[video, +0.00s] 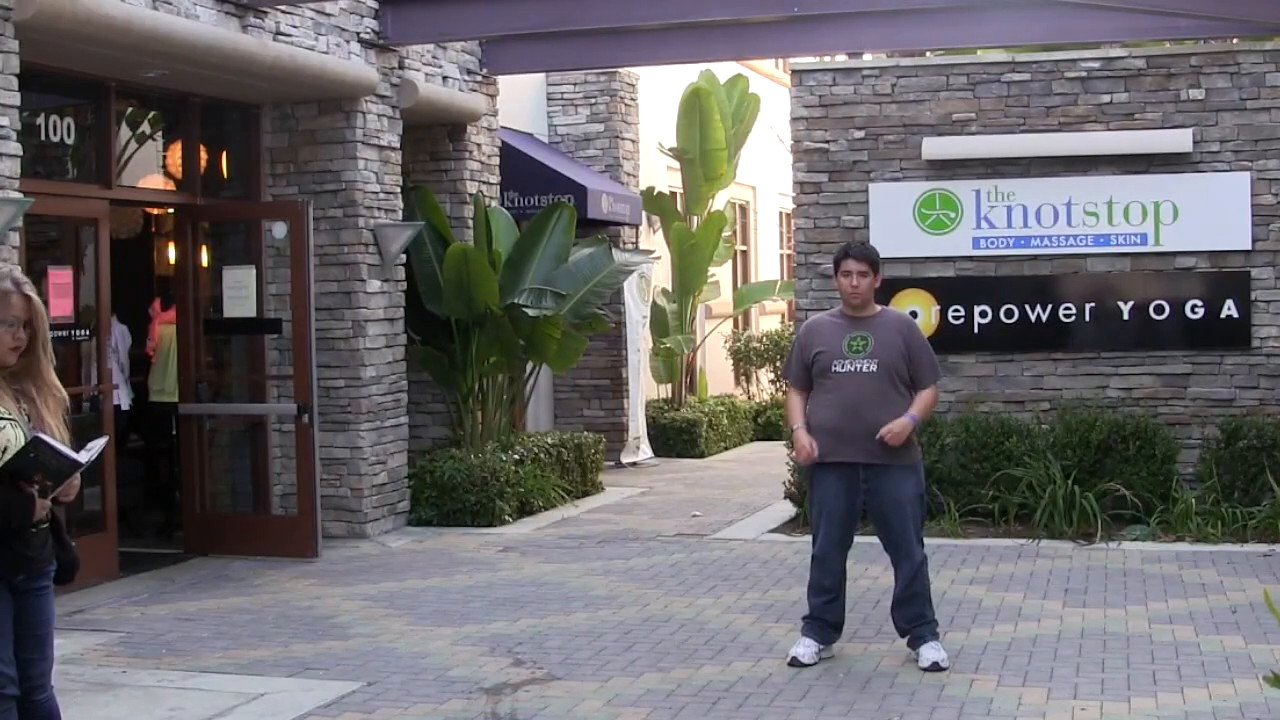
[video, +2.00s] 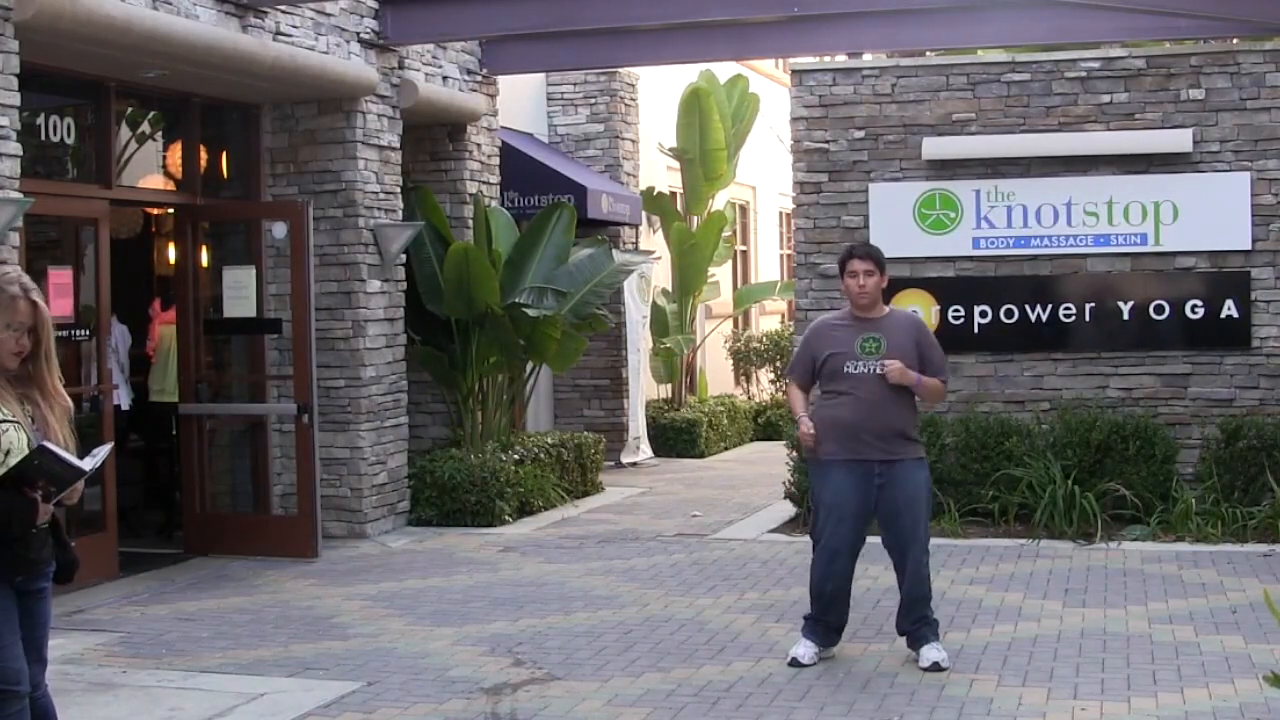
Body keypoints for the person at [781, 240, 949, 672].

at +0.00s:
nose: (853, 282)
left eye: (861, 275)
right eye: (846, 274)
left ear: (876, 279)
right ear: (835, 280)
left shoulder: (902, 327)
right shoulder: (812, 331)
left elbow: (928, 387)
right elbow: (797, 387)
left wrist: (910, 420)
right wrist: (799, 430)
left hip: (894, 462)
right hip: (831, 463)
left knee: (909, 553)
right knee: (826, 551)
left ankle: (923, 636)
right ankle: (817, 634)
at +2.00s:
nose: (860, 283)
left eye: (868, 274)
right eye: (852, 275)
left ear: (883, 279)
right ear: (842, 283)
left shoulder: (911, 326)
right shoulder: (821, 331)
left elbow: (938, 392)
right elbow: (796, 383)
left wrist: (909, 378)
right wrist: (802, 416)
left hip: (902, 459)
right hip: (837, 461)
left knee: (913, 551)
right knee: (832, 552)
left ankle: (924, 637)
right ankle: (817, 635)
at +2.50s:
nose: (862, 283)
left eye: (870, 275)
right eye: (854, 275)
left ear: (885, 279)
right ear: (843, 281)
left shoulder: (913, 325)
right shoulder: (823, 330)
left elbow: (940, 385)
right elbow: (802, 388)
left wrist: (917, 402)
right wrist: (819, 413)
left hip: (906, 460)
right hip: (842, 461)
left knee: (917, 550)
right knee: (833, 550)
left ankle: (924, 637)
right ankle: (817, 635)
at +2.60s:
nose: (862, 283)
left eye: (870, 275)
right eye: (854, 276)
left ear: (885, 280)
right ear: (843, 283)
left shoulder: (912, 327)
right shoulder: (823, 332)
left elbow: (941, 390)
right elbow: (800, 387)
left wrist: (918, 385)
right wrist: (808, 413)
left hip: (908, 458)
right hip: (843, 462)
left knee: (919, 547)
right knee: (840, 549)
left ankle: (924, 637)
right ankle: (819, 635)